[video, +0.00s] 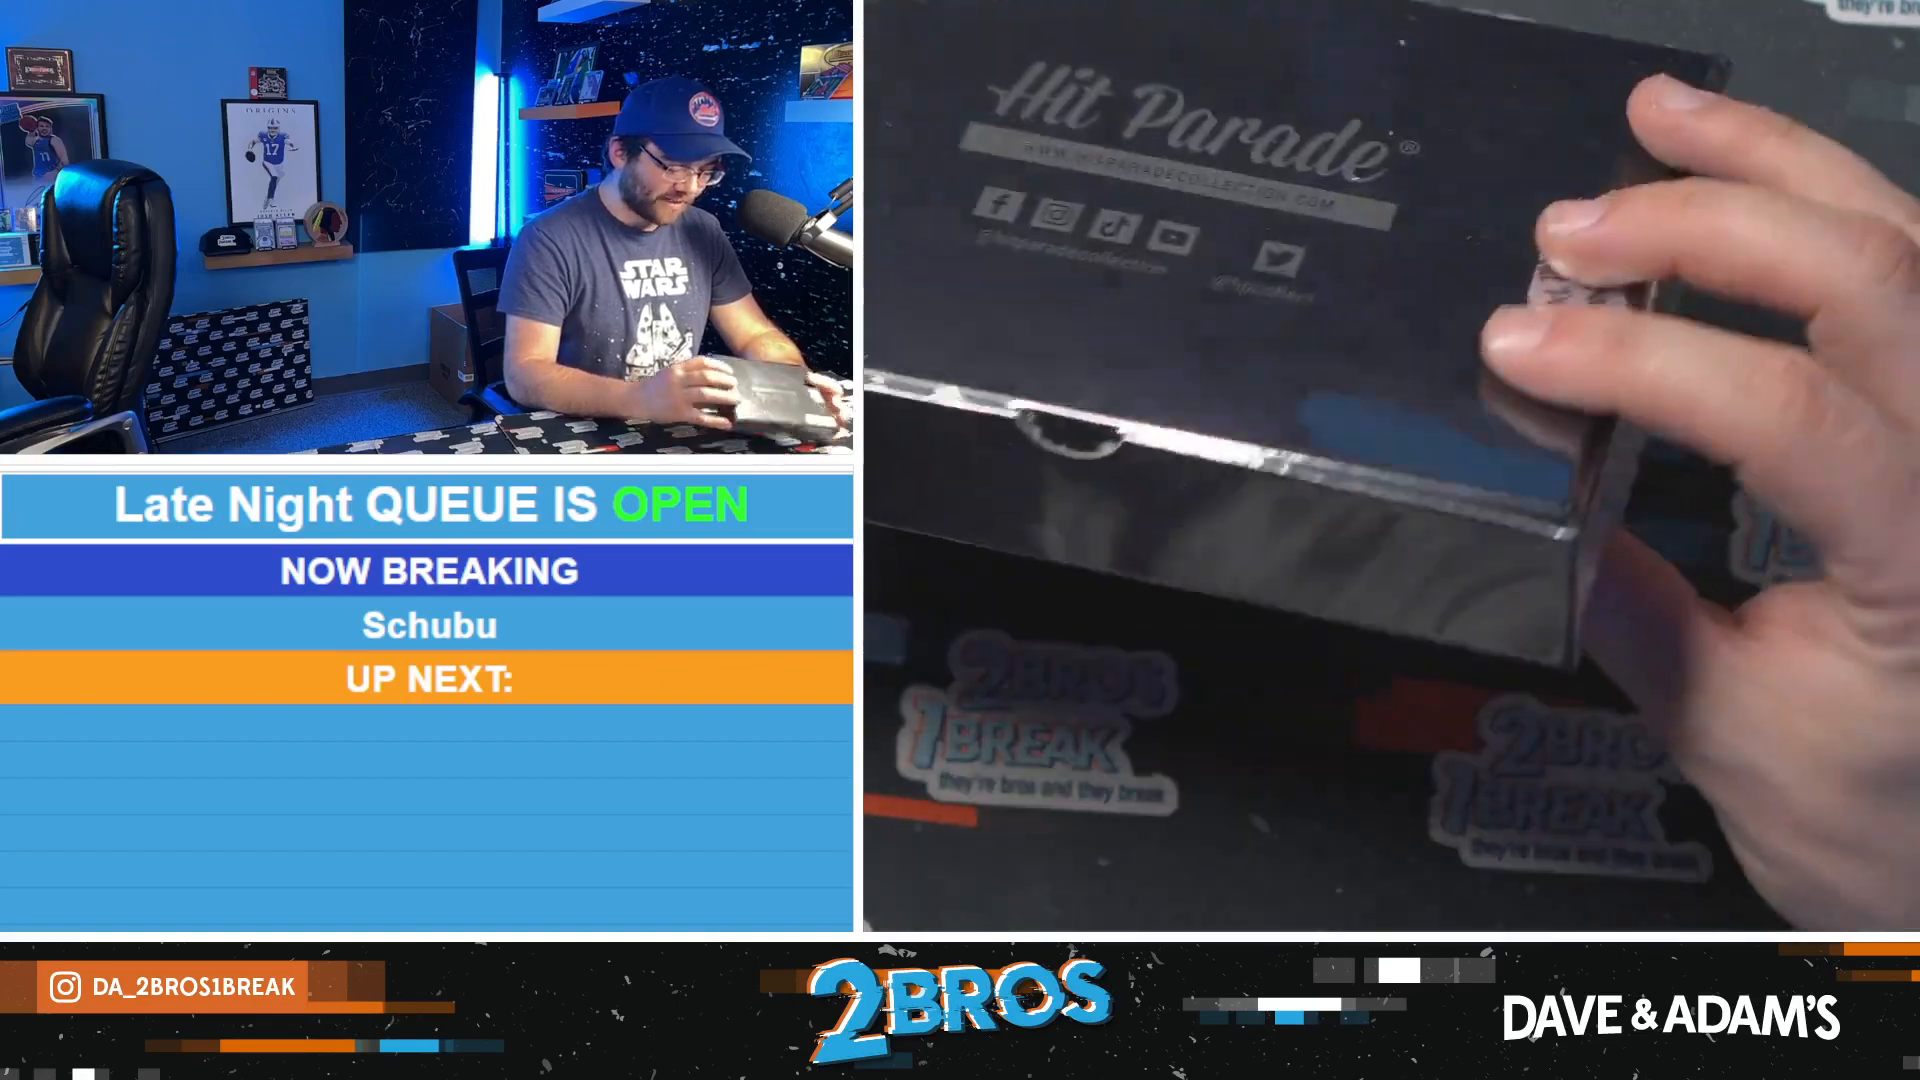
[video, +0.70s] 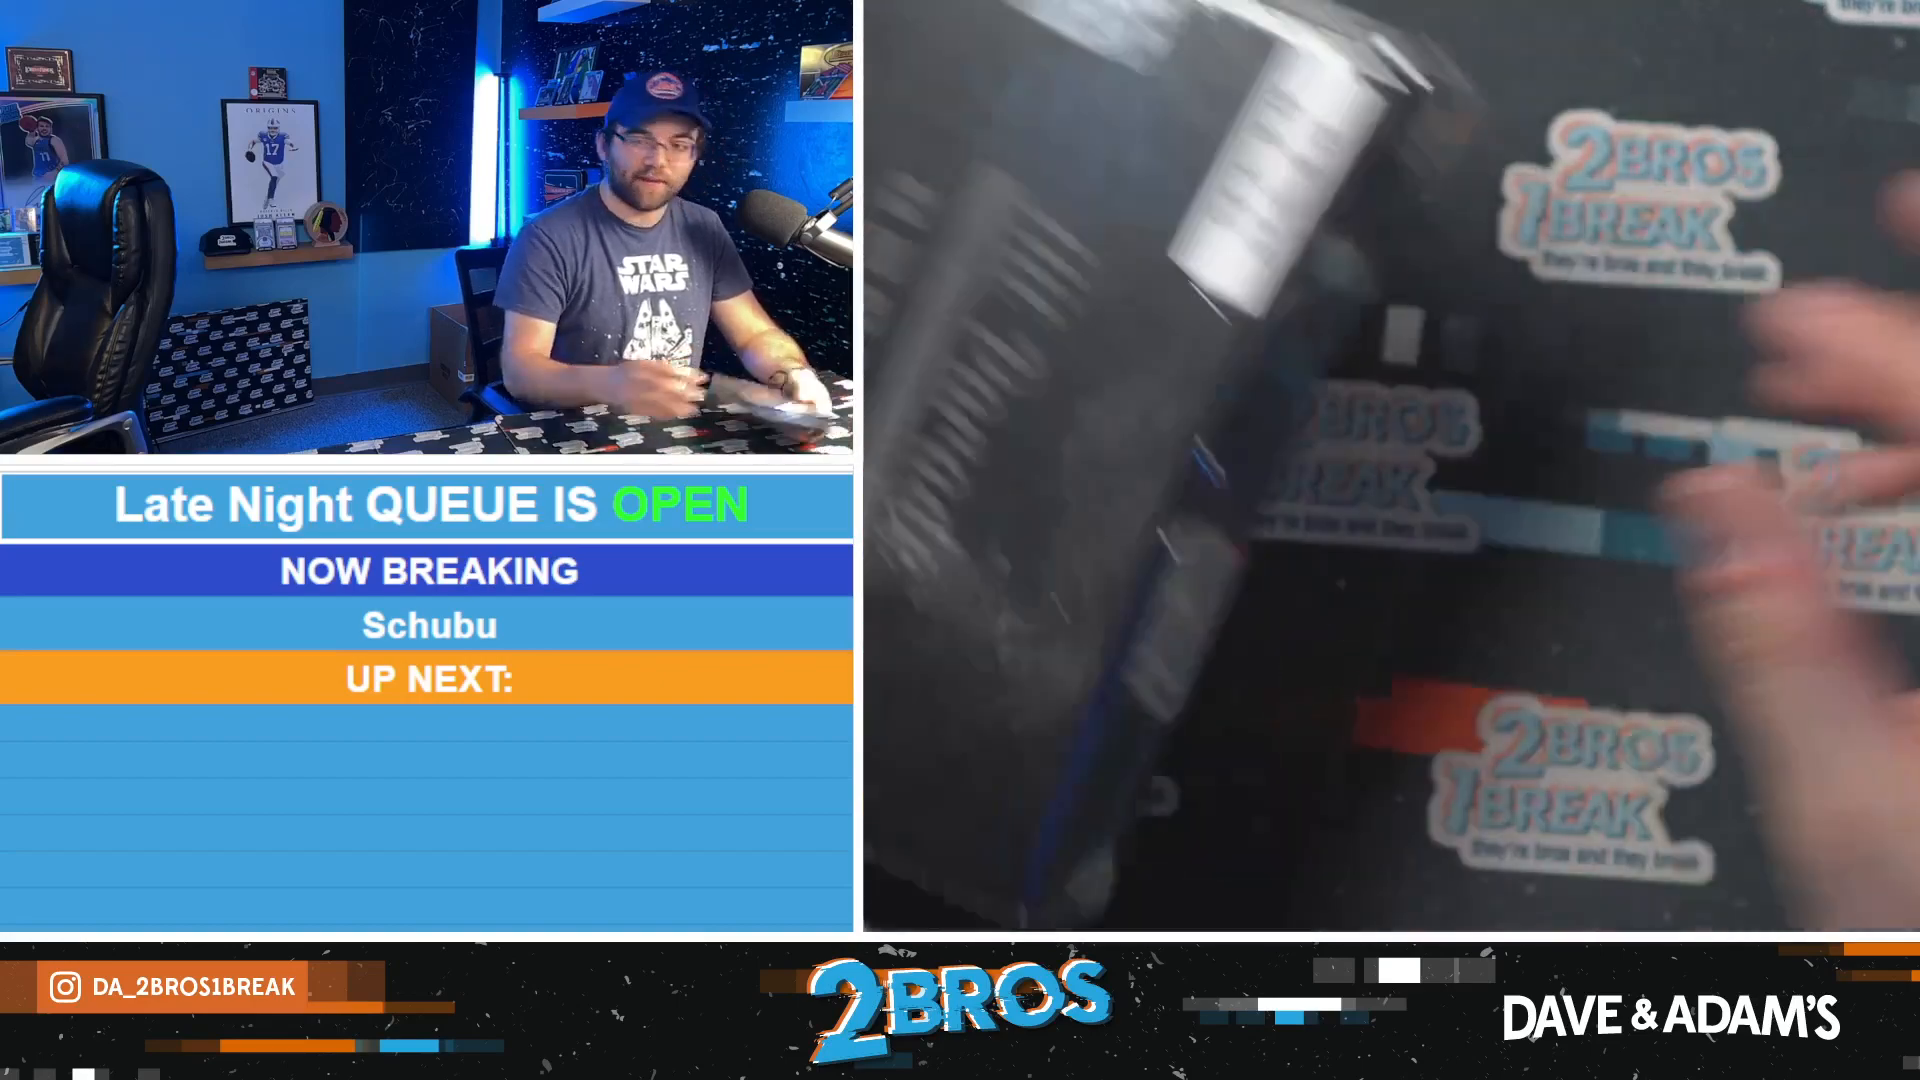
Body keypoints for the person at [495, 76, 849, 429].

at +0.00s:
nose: (689, 185)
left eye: (704, 169)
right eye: (673, 165)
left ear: (715, 169)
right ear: (620, 152)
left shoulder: (701, 232)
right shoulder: (552, 239)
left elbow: (755, 333)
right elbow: (527, 375)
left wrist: (797, 380)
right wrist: (641, 398)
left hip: (686, 457)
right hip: (581, 462)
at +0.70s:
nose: (659, 160)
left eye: (679, 145)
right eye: (642, 140)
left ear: (695, 157)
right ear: (605, 144)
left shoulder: (705, 231)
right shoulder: (552, 238)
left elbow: (757, 334)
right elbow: (523, 373)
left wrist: (793, 372)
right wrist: (612, 384)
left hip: (683, 449)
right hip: (577, 458)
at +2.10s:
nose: (644, 171)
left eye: (669, 156)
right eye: (631, 149)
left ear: (700, 161)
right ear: (611, 146)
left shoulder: (709, 236)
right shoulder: (549, 237)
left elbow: (772, 341)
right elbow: (503, 349)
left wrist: (760, 376)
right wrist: (494, 424)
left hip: (678, 452)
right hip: (569, 456)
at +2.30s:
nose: (644, 168)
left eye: (668, 153)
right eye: (631, 148)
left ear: (699, 159)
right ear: (611, 147)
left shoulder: (708, 236)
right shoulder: (551, 234)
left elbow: (771, 341)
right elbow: (505, 341)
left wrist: (760, 376)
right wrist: (496, 423)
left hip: (675, 453)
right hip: (567, 456)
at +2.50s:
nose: (665, 176)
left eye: (687, 161)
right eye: (650, 153)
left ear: (703, 167)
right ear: (614, 145)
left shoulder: (708, 235)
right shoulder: (550, 235)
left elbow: (771, 341)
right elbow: (501, 351)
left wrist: (759, 376)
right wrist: (548, 386)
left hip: (678, 457)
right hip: (575, 463)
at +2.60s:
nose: (673, 180)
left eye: (693, 164)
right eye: (657, 157)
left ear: (708, 168)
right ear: (616, 146)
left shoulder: (708, 235)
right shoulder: (550, 234)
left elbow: (771, 341)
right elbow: (507, 355)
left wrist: (758, 375)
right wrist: (589, 377)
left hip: (679, 457)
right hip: (574, 462)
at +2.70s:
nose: (677, 183)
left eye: (697, 167)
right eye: (661, 160)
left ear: (710, 169)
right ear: (618, 147)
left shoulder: (707, 234)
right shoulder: (552, 232)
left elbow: (771, 341)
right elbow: (517, 355)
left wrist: (757, 374)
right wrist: (618, 368)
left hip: (681, 449)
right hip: (577, 453)